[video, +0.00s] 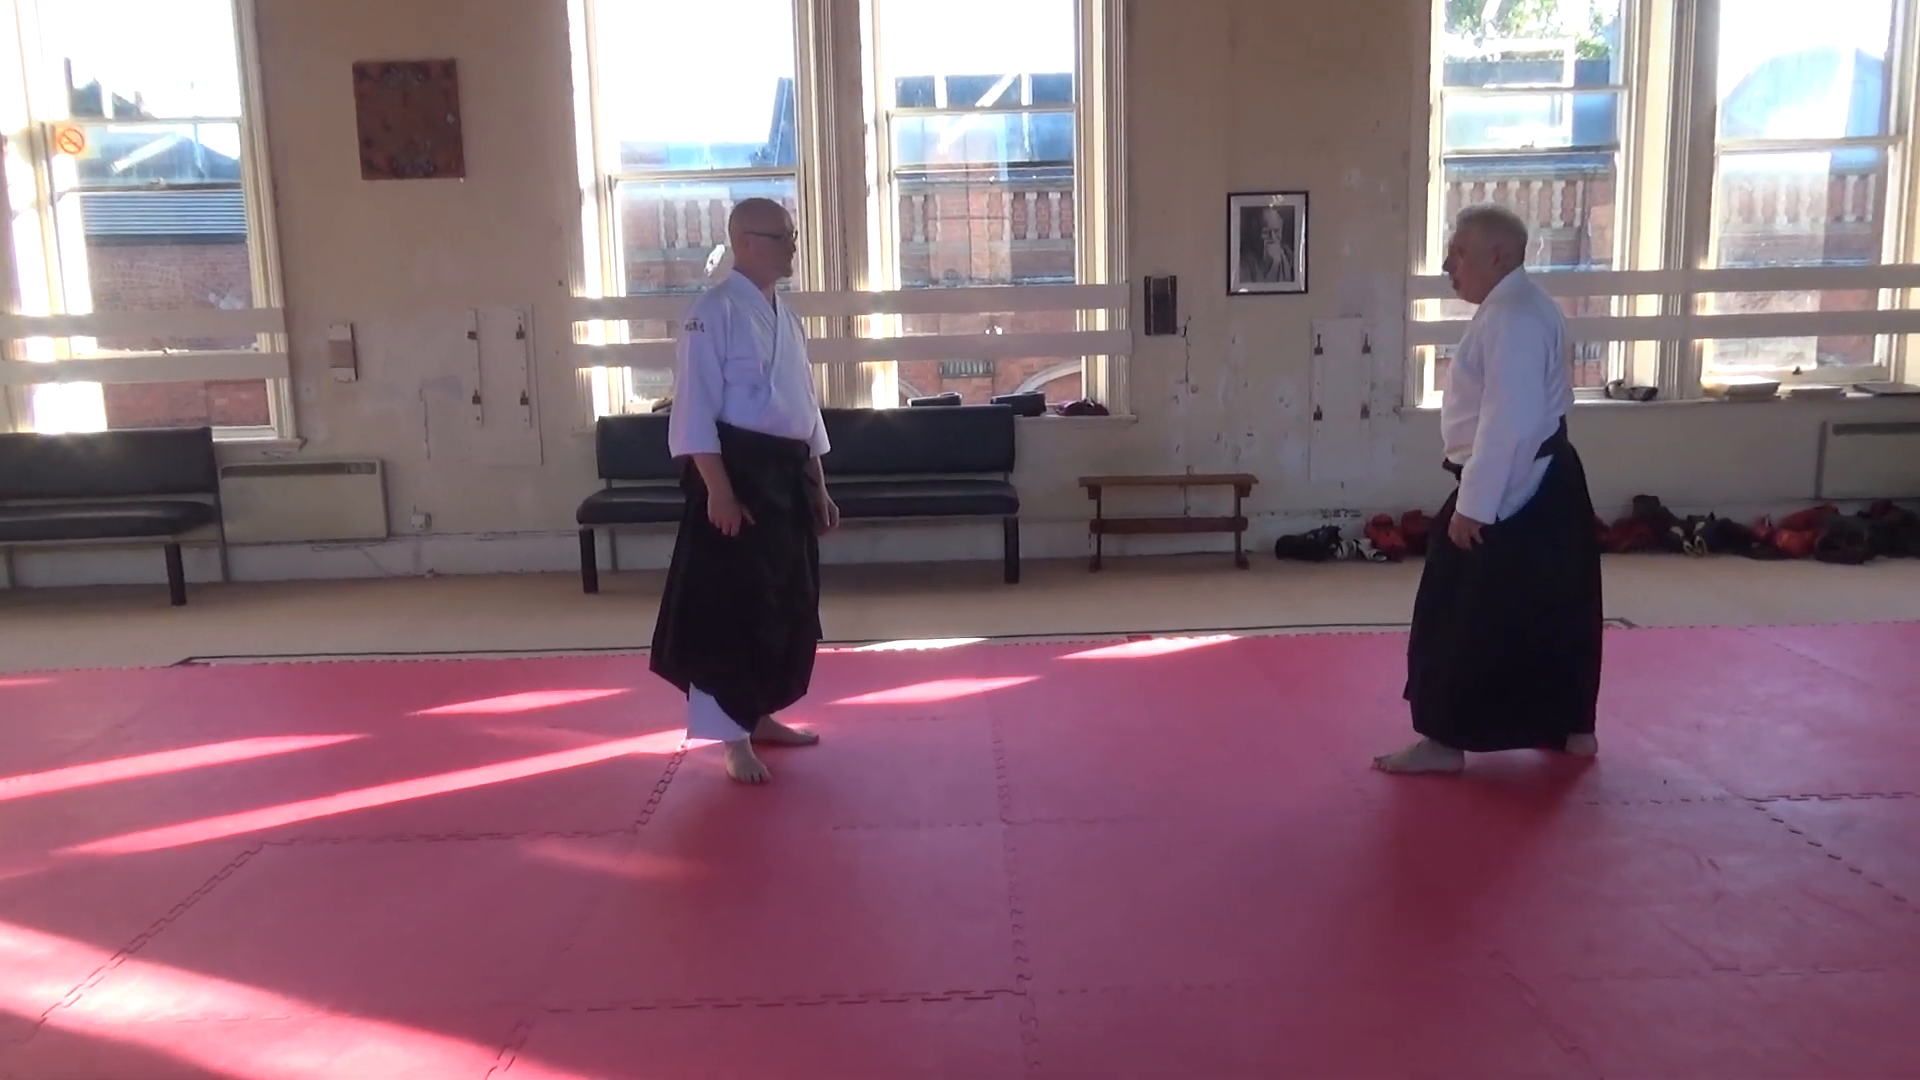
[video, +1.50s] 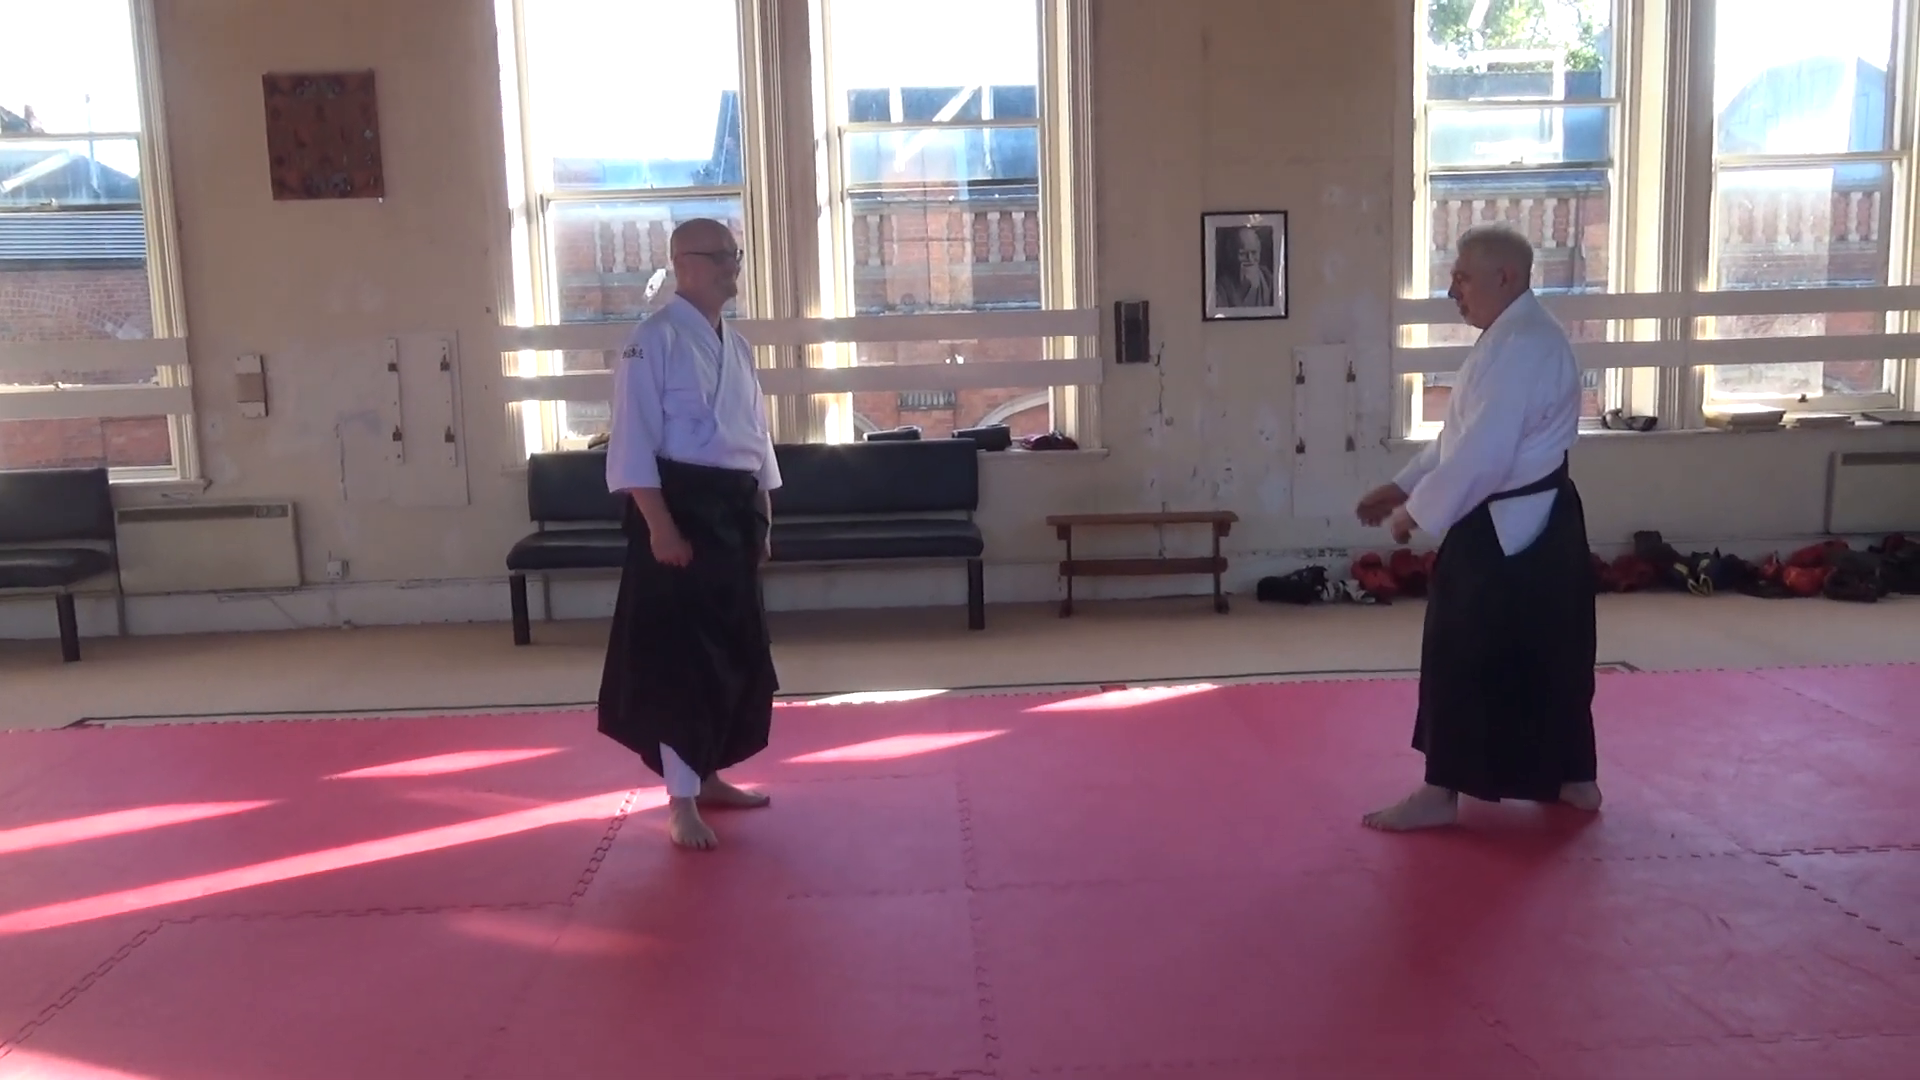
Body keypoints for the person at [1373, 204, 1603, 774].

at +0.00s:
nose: (1449, 265)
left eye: (1459, 253)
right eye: (1450, 253)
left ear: (1498, 255)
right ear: (1503, 257)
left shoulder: (1511, 315)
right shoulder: (1531, 305)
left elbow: (1509, 419)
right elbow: (1531, 407)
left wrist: (1472, 503)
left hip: (1505, 483)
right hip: (1549, 477)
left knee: (1453, 611)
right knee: (1559, 605)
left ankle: (1442, 740)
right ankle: (1575, 727)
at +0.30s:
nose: (1496, 242)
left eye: (1508, 231)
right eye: (1499, 230)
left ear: (1550, 236)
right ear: (1553, 238)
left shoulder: (1558, 299)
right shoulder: (1581, 289)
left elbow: (1551, 408)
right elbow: (1579, 397)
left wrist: (1515, 492)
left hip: (1537, 477)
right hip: (1588, 472)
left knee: (1488, 618)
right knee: (1597, 610)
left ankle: (1471, 752)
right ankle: (1609, 742)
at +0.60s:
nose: (1492, 250)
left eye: (1502, 239)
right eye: (1496, 237)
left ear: (1541, 245)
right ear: (1550, 246)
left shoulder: (1553, 305)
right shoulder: (1572, 296)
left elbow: (1564, 399)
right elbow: (1576, 396)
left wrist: (1519, 482)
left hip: (1529, 491)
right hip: (1573, 486)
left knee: (1486, 626)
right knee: (1579, 621)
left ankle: (1462, 764)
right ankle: (1602, 749)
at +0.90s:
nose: (1480, 263)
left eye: (1490, 253)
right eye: (1482, 251)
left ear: (1531, 258)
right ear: (1532, 259)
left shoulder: (1550, 322)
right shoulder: (1542, 312)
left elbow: (1506, 406)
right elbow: (1516, 405)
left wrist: (1457, 439)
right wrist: (1472, 436)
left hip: (1525, 502)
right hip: (1551, 495)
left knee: (1466, 630)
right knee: (1568, 631)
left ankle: (1454, 774)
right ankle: (1589, 762)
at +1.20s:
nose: (1476, 276)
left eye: (1487, 264)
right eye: (1477, 264)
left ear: (1528, 267)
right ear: (1526, 269)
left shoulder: (1544, 334)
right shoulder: (1523, 327)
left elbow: (1470, 382)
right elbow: (1451, 359)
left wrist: (1375, 399)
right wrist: (1378, 374)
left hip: (1517, 511)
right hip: (1547, 506)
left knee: (1460, 646)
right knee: (1562, 642)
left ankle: (1444, 784)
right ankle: (1582, 771)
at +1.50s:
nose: (1453, 288)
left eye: (1464, 277)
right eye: (1454, 277)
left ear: (1505, 277)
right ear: (1508, 279)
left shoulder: (1518, 345)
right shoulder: (1515, 335)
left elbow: (1481, 454)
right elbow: (1460, 438)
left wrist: (1415, 513)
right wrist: (1400, 486)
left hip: (1500, 523)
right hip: (1542, 514)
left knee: (1453, 654)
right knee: (1555, 649)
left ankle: (1438, 792)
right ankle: (1576, 779)